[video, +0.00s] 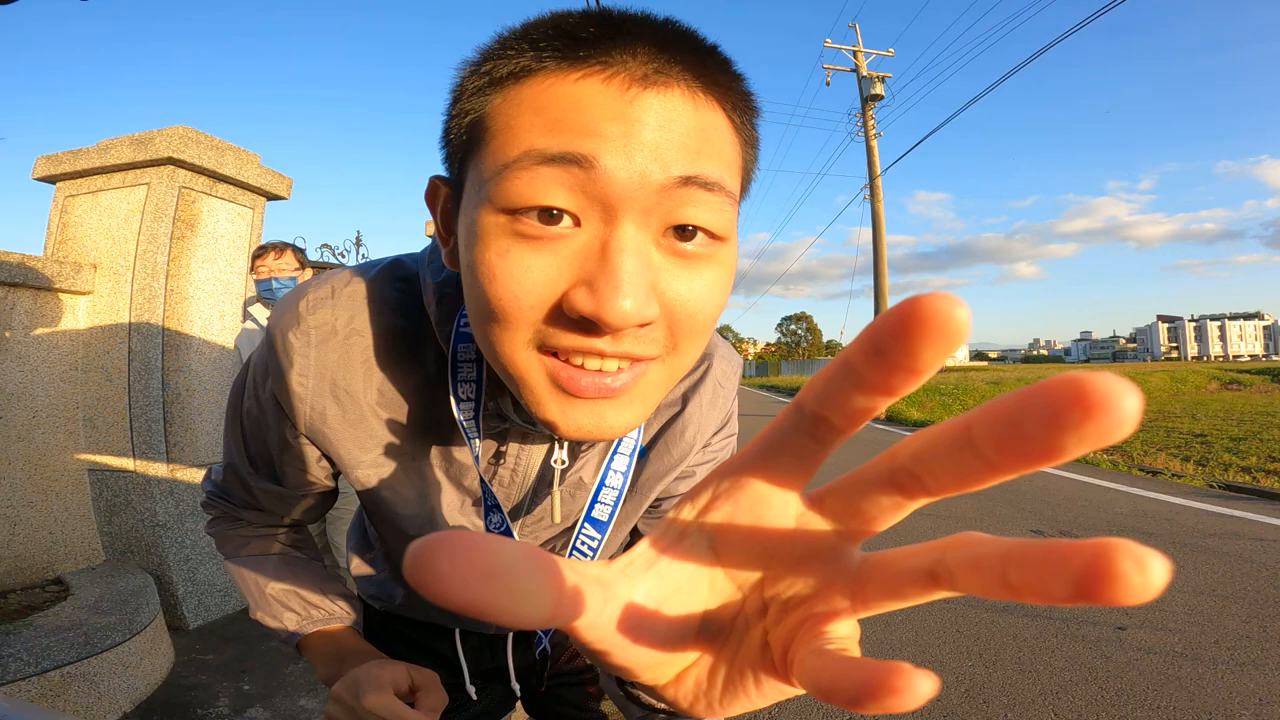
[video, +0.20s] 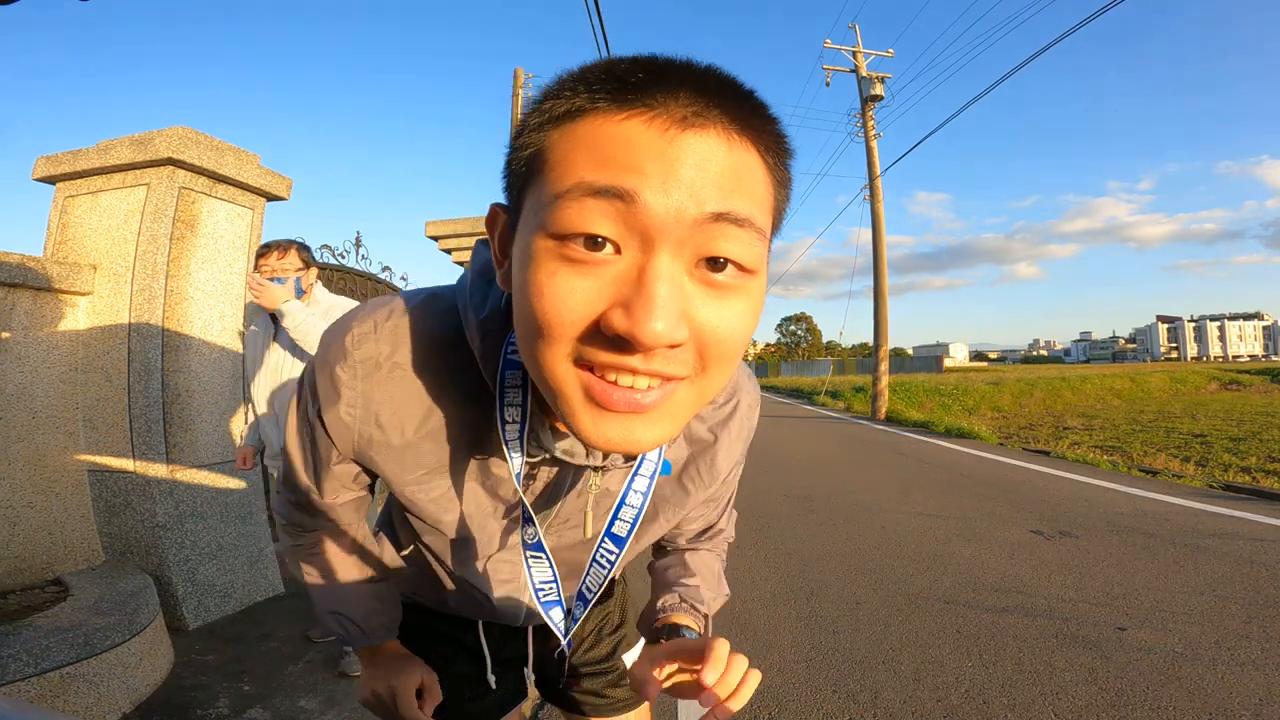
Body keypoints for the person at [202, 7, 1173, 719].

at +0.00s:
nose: (615, 301)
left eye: (685, 236)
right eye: (546, 216)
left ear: (734, 261)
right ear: (448, 227)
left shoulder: (713, 384)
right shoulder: (326, 348)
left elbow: (690, 543)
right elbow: (253, 524)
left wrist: (668, 637)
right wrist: (339, 660)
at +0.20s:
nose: (650, 326)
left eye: (720, 263)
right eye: (595, 241)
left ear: (762, 289)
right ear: (505, 249)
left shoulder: (725, 407)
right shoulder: (373, 363)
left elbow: (698, 534)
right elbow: (314, 505)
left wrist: (680, 627)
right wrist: (374, 645)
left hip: (598, 591)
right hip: (451, 601)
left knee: (615, 705)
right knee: (460, 709)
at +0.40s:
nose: (694, 368)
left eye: (754, 320)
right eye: (652, 299)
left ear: (796, 340)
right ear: (582, 301)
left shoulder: (762, 442)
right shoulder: (449, 415)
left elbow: (711, 528)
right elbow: (389, 534)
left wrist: (691, 606)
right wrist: (397, 614)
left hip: (633, 583)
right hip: (495, 585)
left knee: (637, 705)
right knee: (518, 708)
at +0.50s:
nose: (707, 375)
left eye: (765, 334)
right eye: (672, 314)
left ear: (805, 355)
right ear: (610, 316)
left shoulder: (772, 454)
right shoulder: (481, 425)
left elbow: (687, 529)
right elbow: (416, 535)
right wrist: (441, 595)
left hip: (639, 581)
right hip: (509, 586)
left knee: (650, 708)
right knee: (533, 709)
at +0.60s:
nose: (718, 367)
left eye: (771, 330)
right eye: (686, 313)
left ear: (809, 352)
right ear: (630, 314)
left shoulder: (776, 450)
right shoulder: (502, 420)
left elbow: (691, 515)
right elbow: (440, 528)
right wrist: (494, 574)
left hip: (644, 578)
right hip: (523, 585)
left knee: (658, 707)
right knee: (533, 707)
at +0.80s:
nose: (729, 350)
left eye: (774, 320)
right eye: (696, 304)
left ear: (809, 345)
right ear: (644, 315)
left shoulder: (777, 445)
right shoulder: (524, 413)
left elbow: (700, 514)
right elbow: (444, 523)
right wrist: (482, 586)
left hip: (646, 577)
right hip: (528, 584)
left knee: (666, 709)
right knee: (538, 710)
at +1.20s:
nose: (540, 312)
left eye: (574, 279)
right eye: (518, 277)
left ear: (659, 264)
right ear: (503, 264)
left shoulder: (718, 383)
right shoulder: (473, 375)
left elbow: (727, 517)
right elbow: (437, 515)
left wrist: (728, 609)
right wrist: (455, 598)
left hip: (651, 591)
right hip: (525, 592)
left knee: (665, 709)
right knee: (506, 709)